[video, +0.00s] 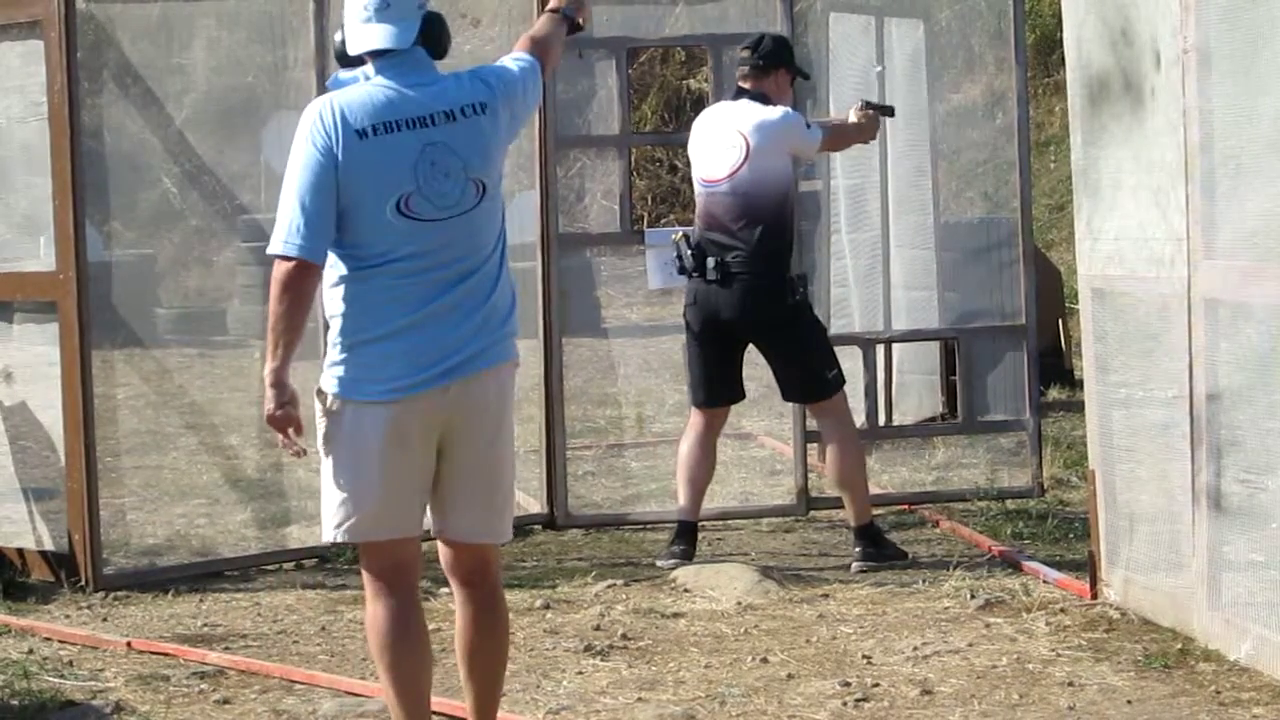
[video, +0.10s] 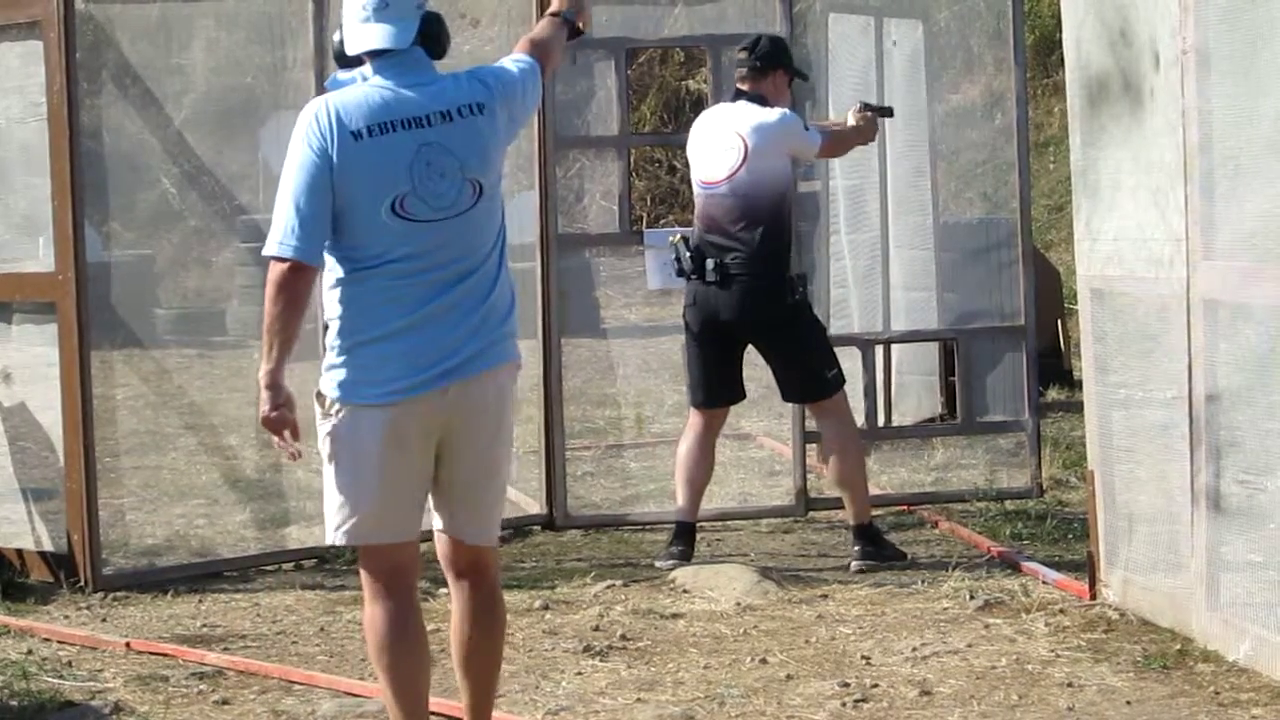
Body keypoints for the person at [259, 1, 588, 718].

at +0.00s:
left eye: (344, 51)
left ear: (350, 51)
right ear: (430, 41)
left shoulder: (329, 119)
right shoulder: (484, 96)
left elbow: (297, 263)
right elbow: (534, 54)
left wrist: (276, 374)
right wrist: (559, 17)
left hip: (378, 381)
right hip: (484, 368)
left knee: (390, 577)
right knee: (477, 571)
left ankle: (411, 713)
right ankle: (485, 714)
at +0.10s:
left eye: (342, 52)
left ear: (349, 51)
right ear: (429, 41)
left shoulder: (326, 120)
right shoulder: (483, 95)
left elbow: (293, 264)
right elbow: (535, 53)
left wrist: (272, 378)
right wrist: (561, 17)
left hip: (377, 382)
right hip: (485, 368)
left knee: (388, 579)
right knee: (474, 566)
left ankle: (409, 713)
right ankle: (479, 713)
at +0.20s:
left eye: (346, 50)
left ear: (353, 51)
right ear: (434, 41)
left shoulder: (328, 120)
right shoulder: (487, 95)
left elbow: (295, 264)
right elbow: (538, 56)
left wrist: (272, 378)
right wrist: (562, 18)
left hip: (379, 382)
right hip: (490, 367)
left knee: (390, 579)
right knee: (480, 555)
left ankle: (410, 713)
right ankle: (486, 712)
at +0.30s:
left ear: (361, 49)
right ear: (442, 38)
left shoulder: (336, 118)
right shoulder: (495, 96)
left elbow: (302, 263)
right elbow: (540, 61)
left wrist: (279, 378)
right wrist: (558, 22)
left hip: (386, 383)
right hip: (497, 367)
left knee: (394, 579)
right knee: (493, 548)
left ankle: (412, 714)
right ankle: (516, 711)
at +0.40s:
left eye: (368, 42)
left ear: (370, 46)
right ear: (452, 36)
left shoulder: (348, 118)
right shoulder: (508, 99)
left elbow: (312, 270)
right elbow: (542, 65)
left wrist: (291, 380)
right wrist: (555, 29)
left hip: (393, 386)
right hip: (504, 370)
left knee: (395, 581)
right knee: (510, 552)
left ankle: (412, 714)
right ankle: (559, 709)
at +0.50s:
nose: (378, 62)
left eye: (380, 48)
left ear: (387, 49)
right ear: (469, 41)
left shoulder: (366, 119)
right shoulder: (524, 101)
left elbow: (334, 269)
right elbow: (548, 69)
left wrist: (311, 383)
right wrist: (551, 32)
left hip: (409, 388)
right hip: (518, 375)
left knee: (400, 583)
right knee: (536, 565)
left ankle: (410, 714)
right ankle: (599, 710)